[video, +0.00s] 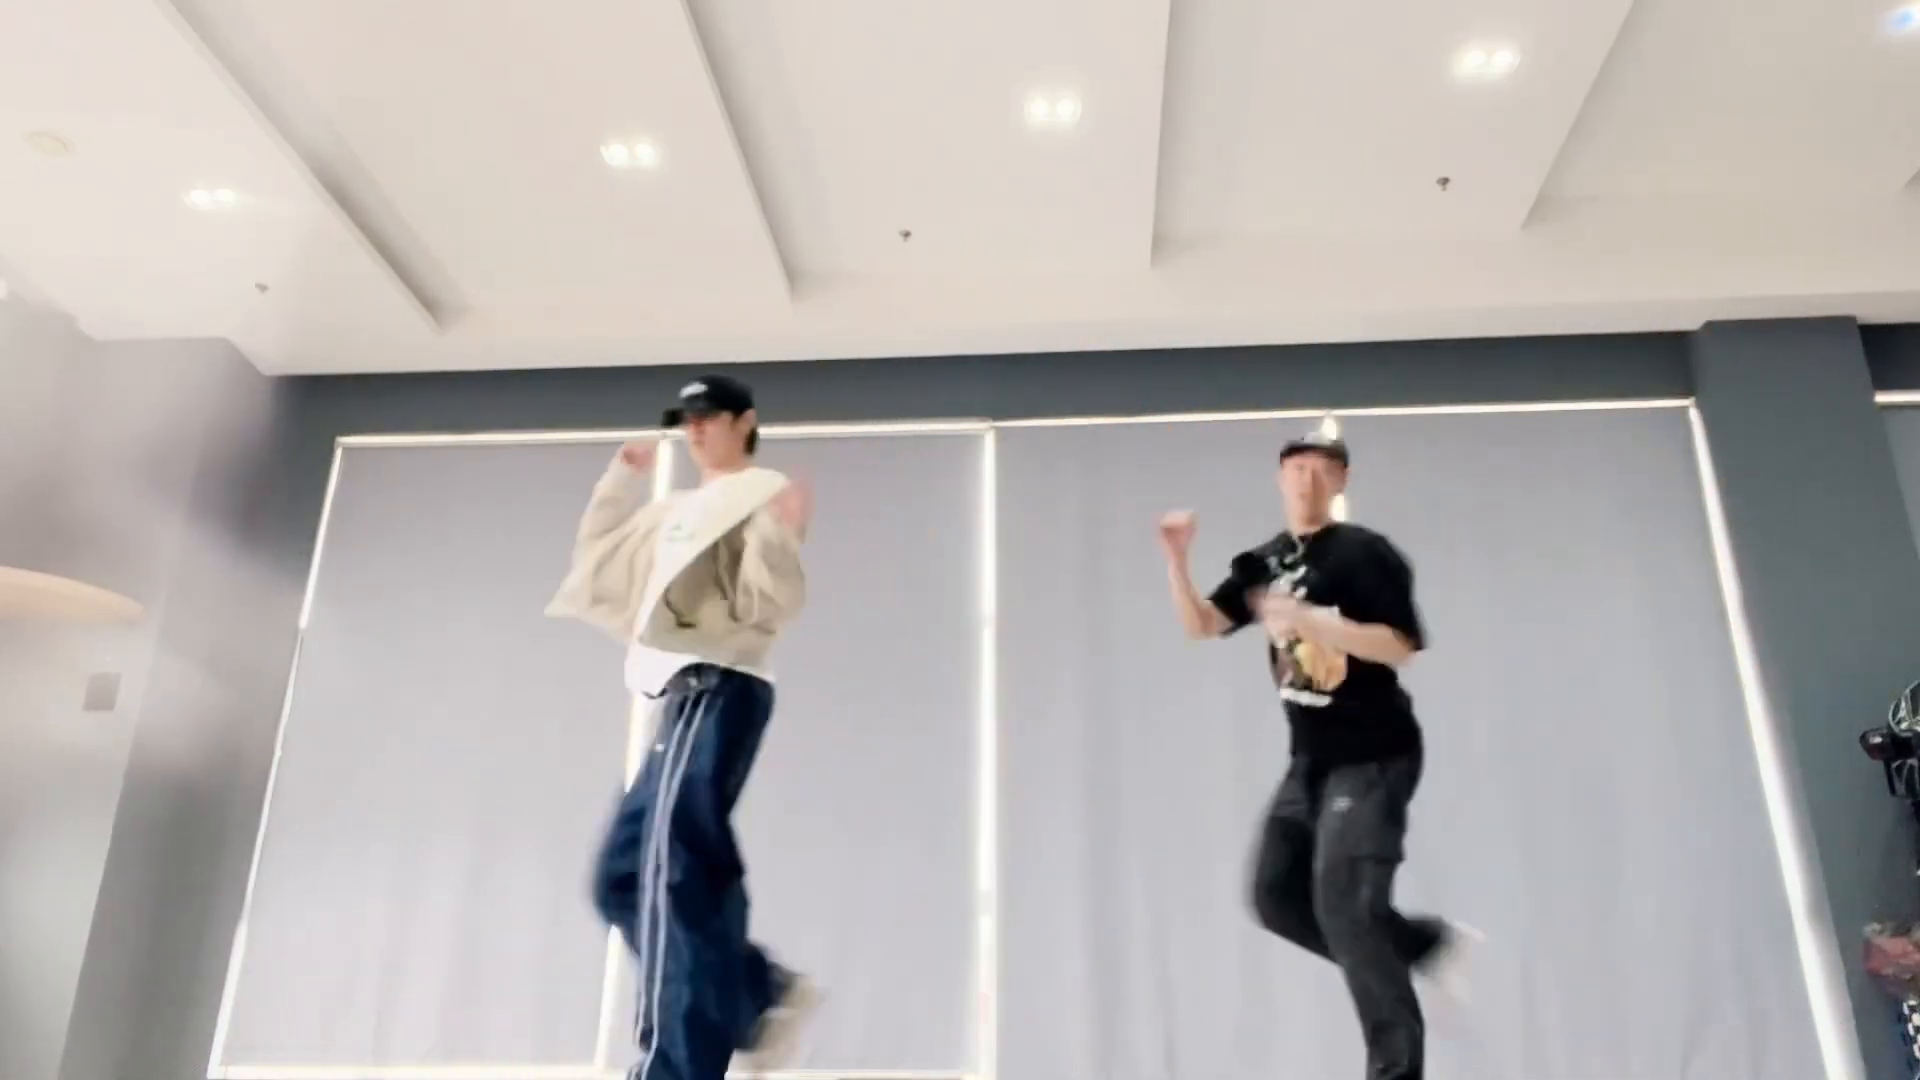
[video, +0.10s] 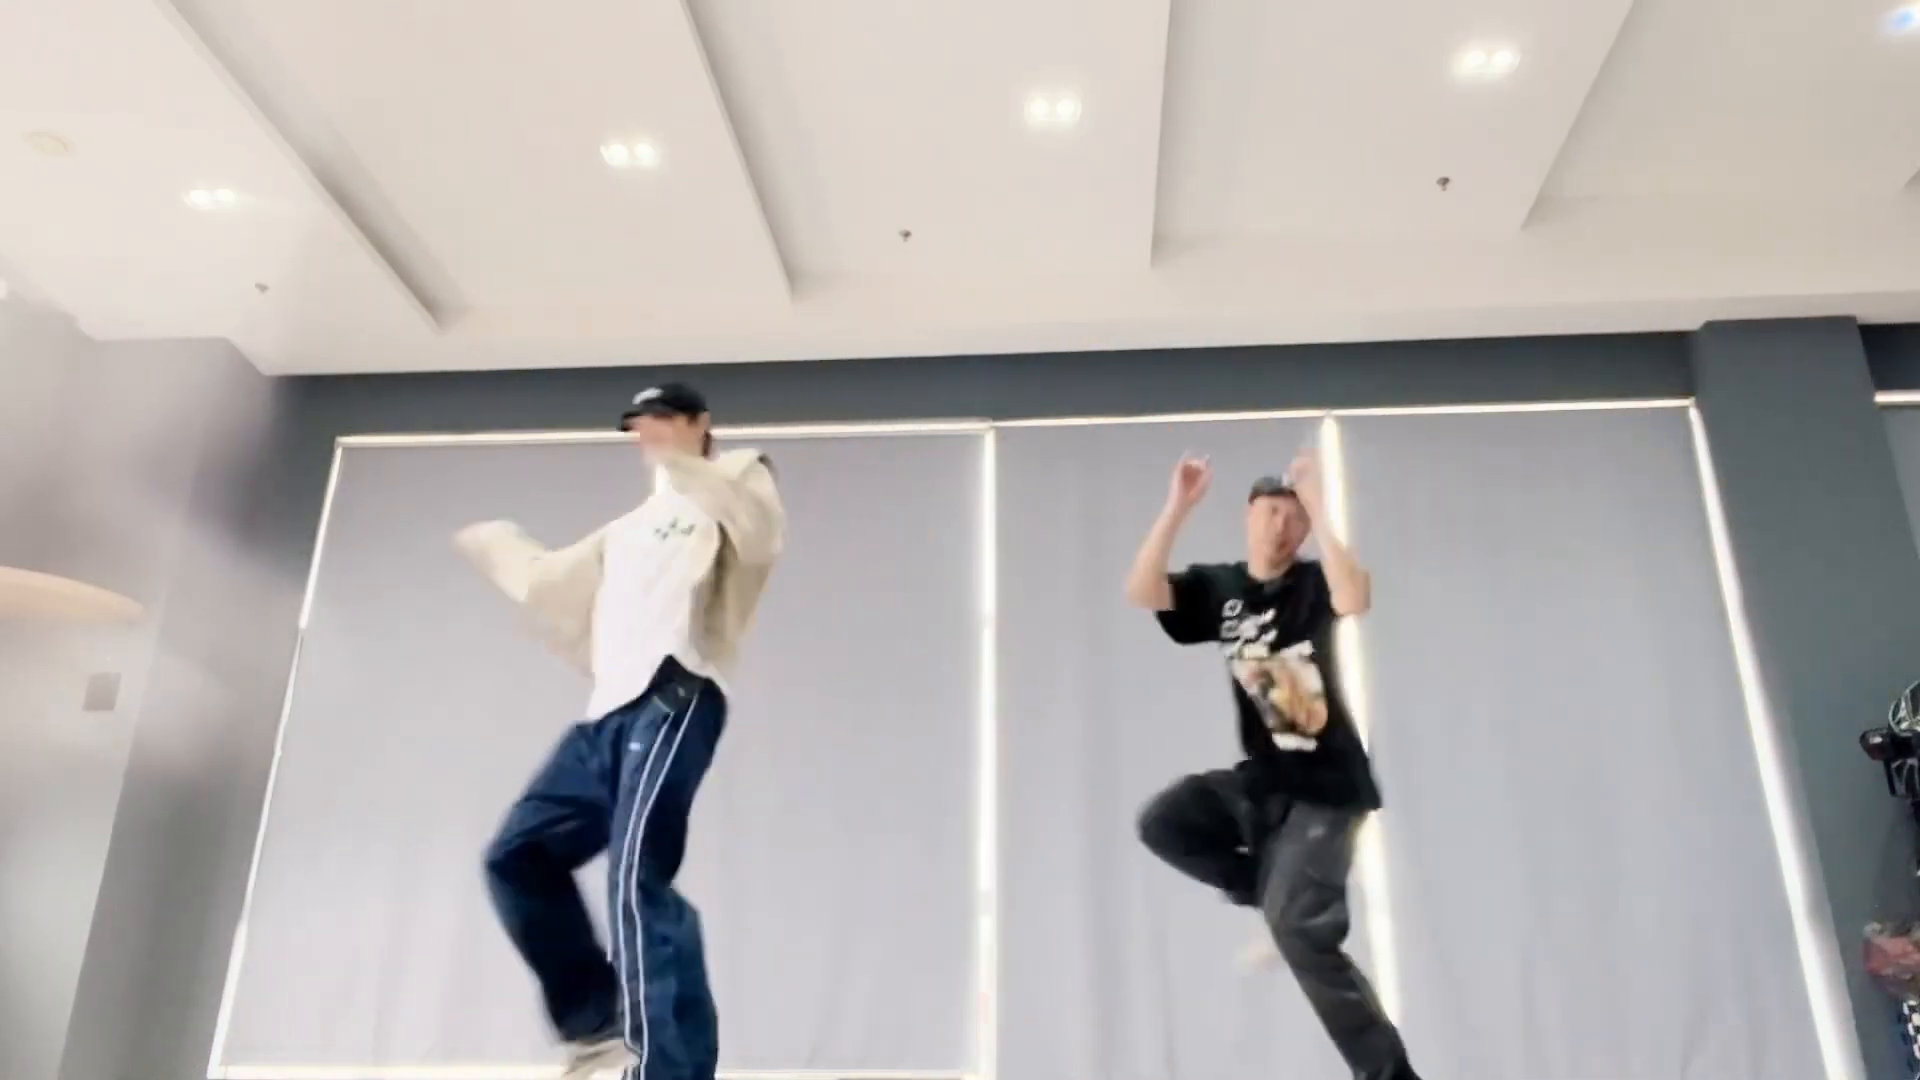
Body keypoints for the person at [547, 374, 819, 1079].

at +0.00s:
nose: (694, 431)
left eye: (708, 418)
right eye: (687, 422)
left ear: (746, 424)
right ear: (682, 436)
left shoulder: (761, 494)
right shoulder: (674, 509)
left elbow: (769, 610)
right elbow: (595, 573)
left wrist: (779, 532)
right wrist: (624, 476)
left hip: (725, 694)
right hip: (673, 699)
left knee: (681, 867)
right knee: (621, 877)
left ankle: (675, 1064)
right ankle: (760, 999)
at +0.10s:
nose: (645, 431)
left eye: (660, 416)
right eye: (638, 422)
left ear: (700, 426)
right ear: (635, 437)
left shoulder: (739, 478)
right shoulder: (628, 529)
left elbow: (759, 534)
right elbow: (548, 585)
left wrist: (675, 458)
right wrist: (494, 540)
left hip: (675, 702)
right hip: (606, 716)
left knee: (637, 879)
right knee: (518, 859)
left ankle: (672, 1066)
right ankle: (595, 1030)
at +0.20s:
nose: (617, 467)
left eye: (624, 447)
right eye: (607, 455)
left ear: (662, 449)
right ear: (602, 467)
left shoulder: (692, 511)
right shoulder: (583, 526)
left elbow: (684, 448)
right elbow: (521, 568)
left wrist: (572, 454)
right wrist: (453, 554)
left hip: (643, 706)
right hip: (561, 714)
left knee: (603, 876)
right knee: (477, 868)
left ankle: (638, 1063)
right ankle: (467, 1053)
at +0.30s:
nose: (569, 479)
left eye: (589, 466)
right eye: (562, 464)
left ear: (624, 479)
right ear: (550, 470)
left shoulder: (647, 555)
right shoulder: (520, 544)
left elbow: (638, 504)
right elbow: (482, 506)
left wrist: (575, 446)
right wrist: (530, 457)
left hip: (598, 747)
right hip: (508, 753)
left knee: (593, 926)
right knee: (433, 931)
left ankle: (617, 1068)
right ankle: (400, 1071)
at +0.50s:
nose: (540, 445)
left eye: (555, 447)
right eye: (534, 438)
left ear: (570, 475)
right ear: (513, 447)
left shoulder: (571, 543)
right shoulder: (447, 502)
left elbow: (608, 545)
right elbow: (410, 421)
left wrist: (573, 443)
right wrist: (508, 424)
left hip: (512, 758)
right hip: (423, 749)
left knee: (562, 940)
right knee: (395, 940)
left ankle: (603, 1069)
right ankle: (399, 1074)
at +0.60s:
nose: (508, 446)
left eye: (523, 443)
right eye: (496, 434)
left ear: (536, 472)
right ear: (475, 453)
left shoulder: (537, 544)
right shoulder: (414, 505)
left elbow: (577, 565)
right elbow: (366, 440)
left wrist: (544, 463)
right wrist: (464, 423)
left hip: (485, 761)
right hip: (396, 750)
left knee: (497, 937)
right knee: (393, 933)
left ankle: (511, 1060)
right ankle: (400, 1073)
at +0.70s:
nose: (473, 459)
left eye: (484, 452)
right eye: (460, 447)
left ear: (495, 467)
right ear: (443, 458)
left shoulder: (505, 546)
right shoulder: (388, 519)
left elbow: (542, 568)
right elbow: (334, 487)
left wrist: (502, 469)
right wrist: (428, 439)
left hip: (458, 759)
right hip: (370, 741)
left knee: (427, 932)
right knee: (380, 925)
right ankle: (413, 1069)